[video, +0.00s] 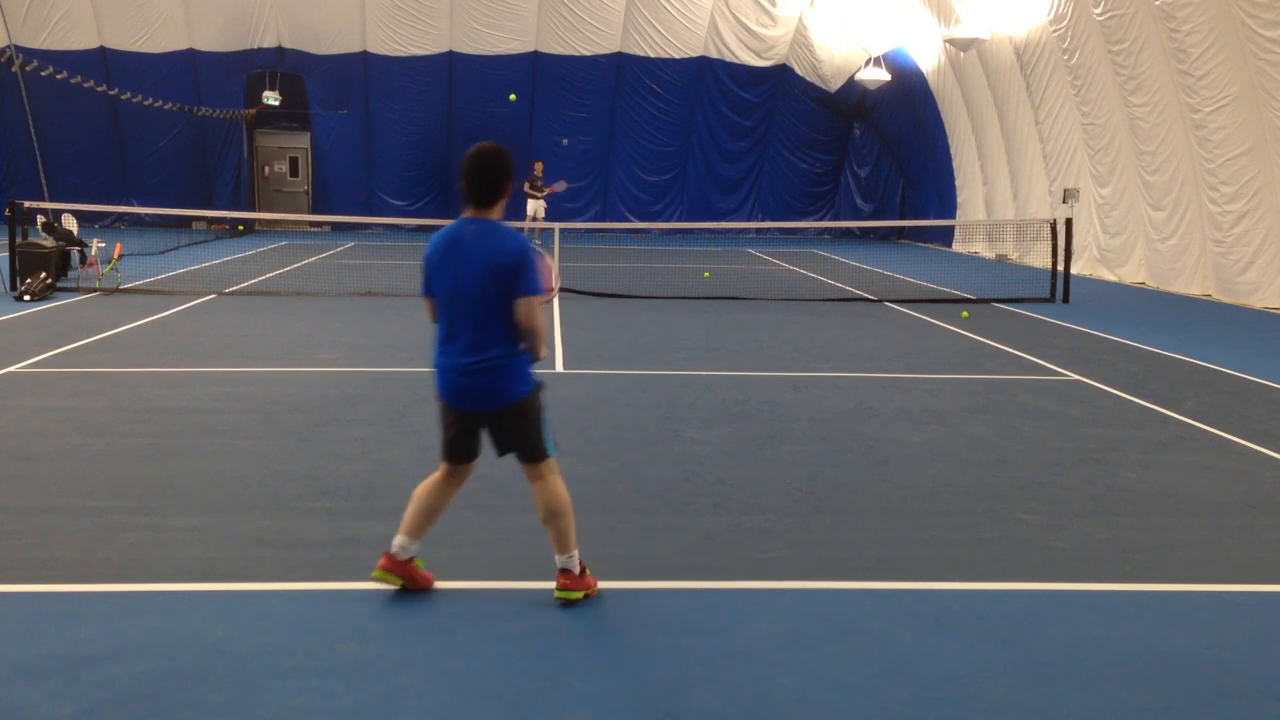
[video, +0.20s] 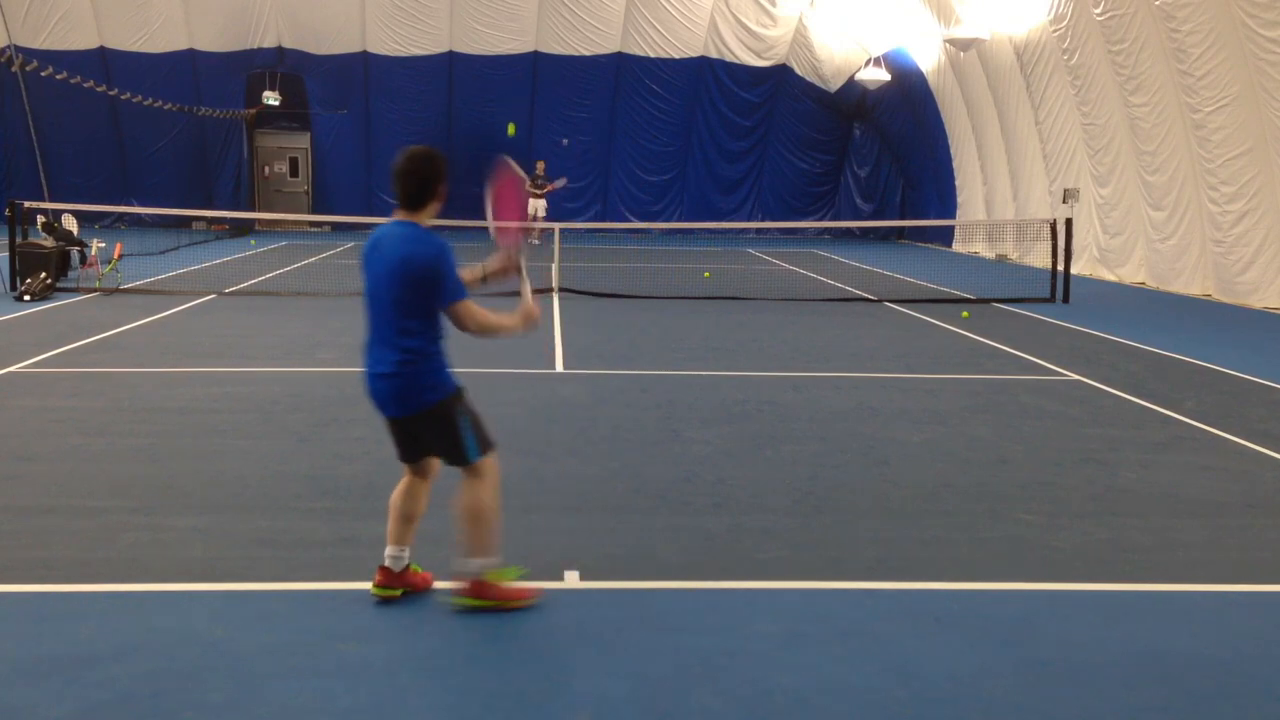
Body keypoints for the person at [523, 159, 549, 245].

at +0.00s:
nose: (539, 167)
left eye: (540, 165)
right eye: (537, 165)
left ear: (542, 167)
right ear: (534, 166)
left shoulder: (542, 178)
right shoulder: (531, 177)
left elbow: (540, 188)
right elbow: (525, 188)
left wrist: (546, 191)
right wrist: (537, 194)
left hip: (540, 200)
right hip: (531, 200)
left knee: (540, 219)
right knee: (529, 218)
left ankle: (537, 238)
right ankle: (525, 237)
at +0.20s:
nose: (540, 166)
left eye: (542, 164)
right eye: (539, 164)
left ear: (544, 166)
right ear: (536, 166)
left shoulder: (546, 177)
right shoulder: (532, 176)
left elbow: (549, 187)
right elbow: (527, 187)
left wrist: (546, 189)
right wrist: (537, 191)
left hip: (541, 199)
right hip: (533, 199)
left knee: (540, 219)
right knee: (530, 218)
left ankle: (536, 237)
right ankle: (530, 236)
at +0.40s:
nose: (541, 167)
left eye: (543, 166)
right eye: (540, 165)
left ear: (545, 167)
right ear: (537, 167)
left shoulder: (547, 178)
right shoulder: (533, 177)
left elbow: (549, 187)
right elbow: (528, 188)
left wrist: (551, 186)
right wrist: (539, 192)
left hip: (542, 200)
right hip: (534, 200)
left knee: (540, 219)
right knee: (533, 218)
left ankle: (537, 238)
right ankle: (535, 237)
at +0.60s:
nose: (542, 167)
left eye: (543, 166)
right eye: (540, 165)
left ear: (546, 167)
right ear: (538, 167)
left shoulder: (548, 178)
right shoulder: (534, 178)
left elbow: (551, 187)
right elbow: (530, 189)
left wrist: (545, 192)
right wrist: (538, 193)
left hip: (545, 200)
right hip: (537, 200)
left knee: (543, 218)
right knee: (537, 218)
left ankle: (540, 236)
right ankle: (538, 236)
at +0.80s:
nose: (544, 166)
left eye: (546, 164)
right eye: (543, 164)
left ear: (549, 166)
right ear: (541, 165)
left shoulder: (552, 176)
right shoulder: (538, 176)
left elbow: (557, 186)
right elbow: (533, 186)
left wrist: (549, 191)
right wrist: (541, 191)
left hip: (549, 198)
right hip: (540, 199)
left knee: (551, 217)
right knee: (539, 217)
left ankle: (552, 236)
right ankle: (539, 237)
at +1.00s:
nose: (550, 168)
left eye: (552, 166)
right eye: (548, 166)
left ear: (554, 168)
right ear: (546, 167)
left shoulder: (558, 178)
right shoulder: (543, 178)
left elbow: (561, 188)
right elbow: (539, 188)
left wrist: (553, 193)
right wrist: (546, 194)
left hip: (555, 200)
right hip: (545, 200)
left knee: (557, 219)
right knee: (543, 218)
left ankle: (557, 237)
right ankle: (540, 237)